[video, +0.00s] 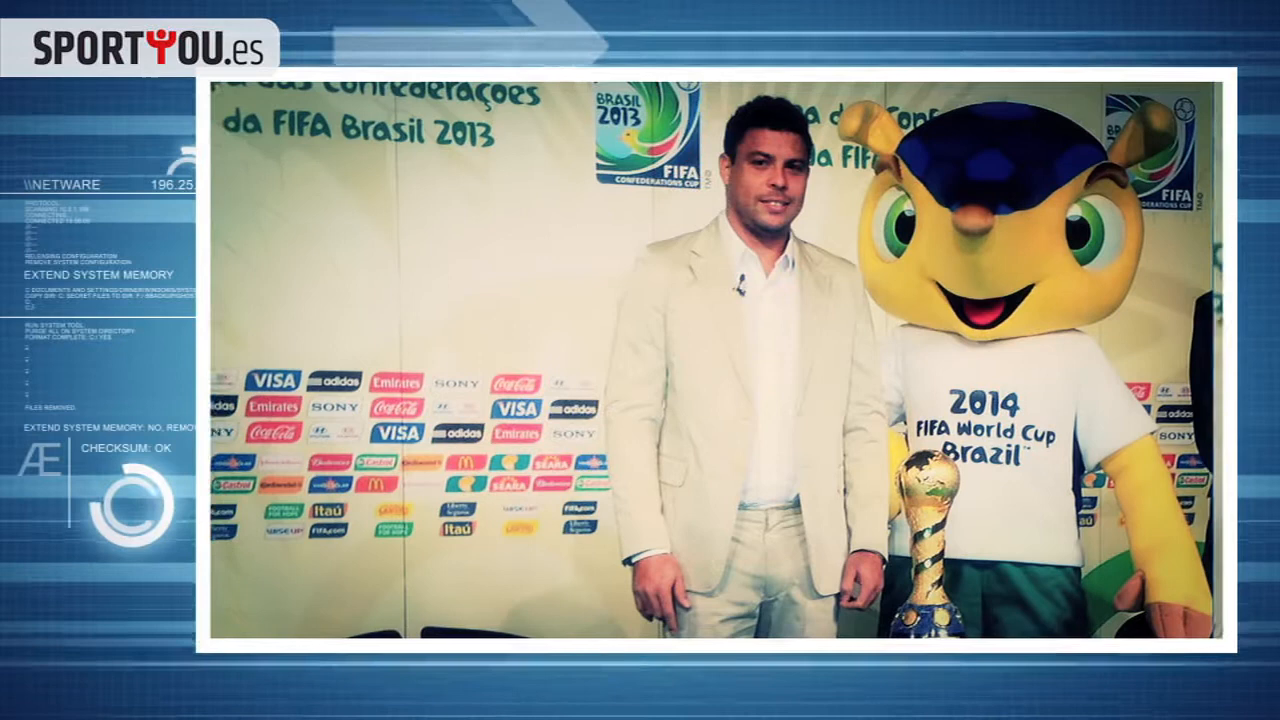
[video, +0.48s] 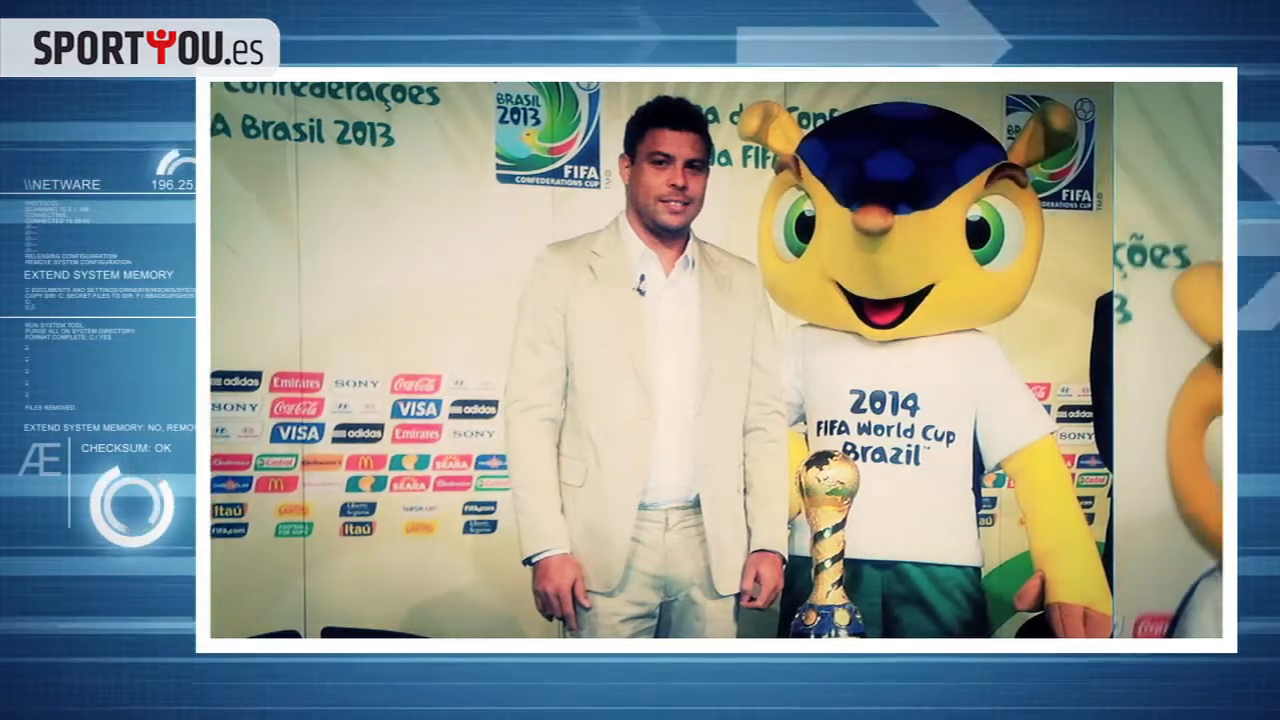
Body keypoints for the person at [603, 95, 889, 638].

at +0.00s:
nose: (779, 181)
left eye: (795, 166)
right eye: (761, 162)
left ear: (809, 177)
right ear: (726, 170)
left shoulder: (842, 283)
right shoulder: (663, 271)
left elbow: (865, 423)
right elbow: (630, 416)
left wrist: (868, 543)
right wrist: (647, 549)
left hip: (814, 542)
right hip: (706, 545)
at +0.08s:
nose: (763, 180)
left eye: (779, 166)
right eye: (744, 162)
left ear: (792, 178)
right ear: (709, 170)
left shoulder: (826, 283)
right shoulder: (646, 270)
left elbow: (848, 423)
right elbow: (614, 415)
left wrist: (851, 543)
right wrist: (631, 549)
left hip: (799, 542)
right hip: (690, 544)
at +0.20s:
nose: (738, 180)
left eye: (754, 166)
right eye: (719, 162)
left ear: (767, 177)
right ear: (684, 169)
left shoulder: (800, 283)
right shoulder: (621, 271)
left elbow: (823, 423)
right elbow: (589, 415)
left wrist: (826, 543)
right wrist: (606, 549)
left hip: (773, 542)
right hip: (665, 544)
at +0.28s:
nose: (721, 180)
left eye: (737, 166)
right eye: (703, 162)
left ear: (750, 178)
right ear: (667, 170)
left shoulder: (784, 283)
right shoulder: (603, 271)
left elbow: (806, 423)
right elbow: (572, 416)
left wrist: (809, 543)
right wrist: (589, 549)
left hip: (756, 542)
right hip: (648, 544)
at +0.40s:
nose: (696, 180)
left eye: (712, 166)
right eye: (678, 162)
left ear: (725, 177)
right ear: (643, 169)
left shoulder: (758, 282)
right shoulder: (580, 271)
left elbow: (782, 422)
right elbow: (547, 416)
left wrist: (784, 543)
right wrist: (564, 549)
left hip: (731, 542)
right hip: (623, 544)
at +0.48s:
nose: (679, 180)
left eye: (695, 166)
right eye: (661, 162)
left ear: (708, 177)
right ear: (626, 169)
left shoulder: (742, 283)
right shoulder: (564, 270)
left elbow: (765, 423)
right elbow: (530, 415)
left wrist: (767, 543)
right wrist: (548, 549)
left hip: (714, 542)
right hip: (606, 544)